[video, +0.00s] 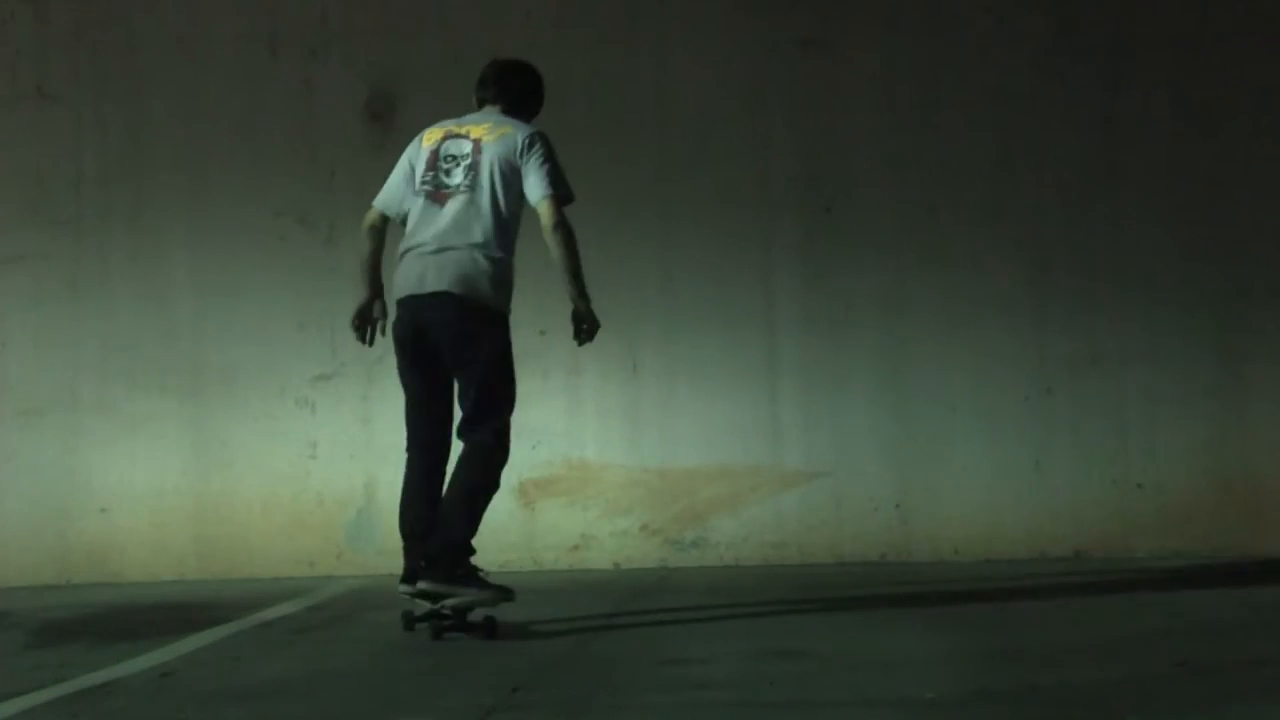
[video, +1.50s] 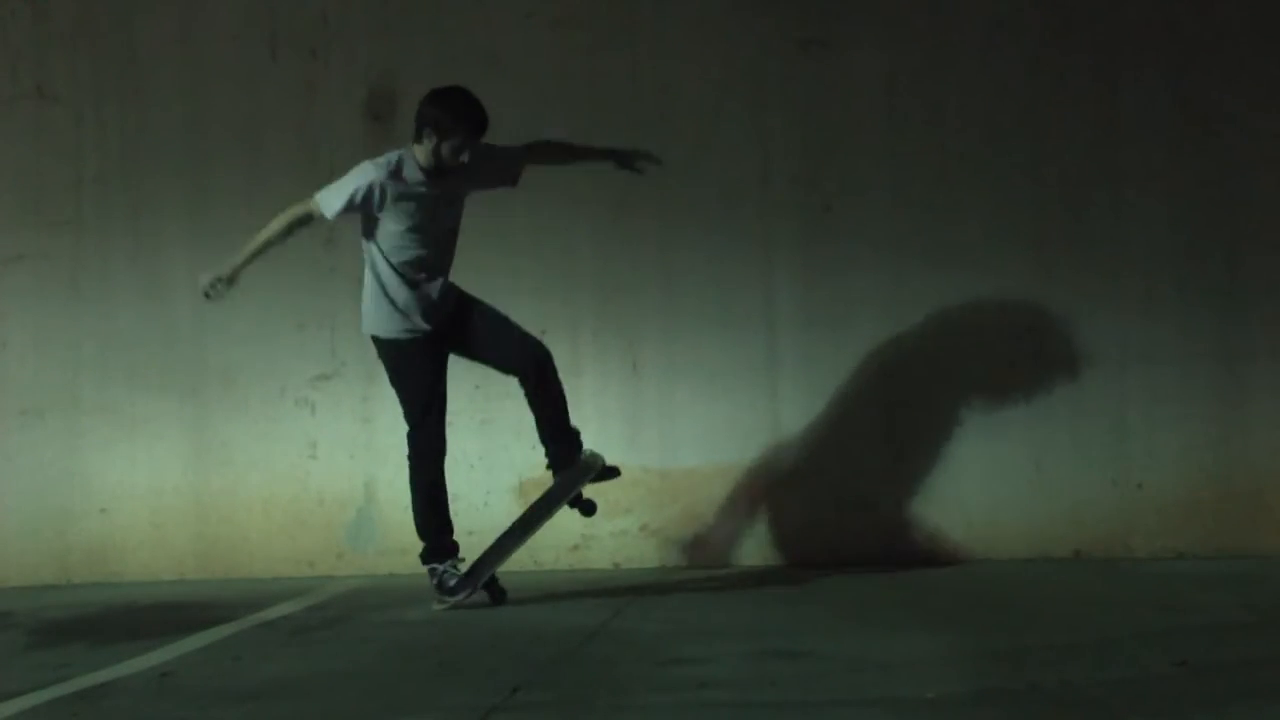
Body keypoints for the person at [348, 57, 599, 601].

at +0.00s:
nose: (532, 119)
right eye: (534, 111)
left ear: (480, 96)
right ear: (530, 105)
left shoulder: (430, 137)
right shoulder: (523, 139)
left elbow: (375, 220)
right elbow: (554, 221)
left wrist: (372, 292)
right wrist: (579, 299)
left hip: (411, 302)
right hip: (472, 301)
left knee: (423, 436)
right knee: (487, 433)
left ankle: (417, 567)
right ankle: (449, 558)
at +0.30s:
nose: (526, 139)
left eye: (531, 131)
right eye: (530, 129)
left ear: (479, 107)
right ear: (519, 117)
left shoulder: (424, 144)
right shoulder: (491, 147)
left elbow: (369, 219)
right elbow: (490, 222)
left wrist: (382, 271)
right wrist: (528, 307)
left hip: (387, 312)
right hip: (435, 313)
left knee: (408, 435)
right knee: (456, 440)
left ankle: (391, 561)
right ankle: (411, 559)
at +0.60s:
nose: (513, 162)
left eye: (519, 152)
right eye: (517, 150)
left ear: (474, 129)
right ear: (502, 138)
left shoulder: (432, 160)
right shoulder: (469, 170)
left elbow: (416, 234)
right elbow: (465, 232)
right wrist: (514, 305)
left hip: (387, 318)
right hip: (412, 327)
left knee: (470, 391)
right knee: (424, 446)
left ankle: (428, 501)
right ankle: (387, 573)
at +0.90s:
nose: (515, 171)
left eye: (519, 161)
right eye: (516, 159)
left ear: (479, 144)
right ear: (497, 149)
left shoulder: (437, 172)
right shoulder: (461, 189)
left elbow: (407, 240)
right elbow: (494, 270)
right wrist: (567, 312)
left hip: (437, 330)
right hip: (409, 339)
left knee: (516, 393)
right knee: (434, 456)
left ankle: (512, 500)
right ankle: (439, 567)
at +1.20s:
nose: (511, 168)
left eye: (515, 158)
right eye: (510, 156)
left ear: (480, 146)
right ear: (484, 146)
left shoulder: (454, 183)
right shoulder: (438, 185)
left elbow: (467, 218)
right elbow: (410, 268)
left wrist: (526, 231)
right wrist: (442, 344)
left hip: (441, 321)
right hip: (403, 332)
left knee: (521, 374)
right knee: (438, 447)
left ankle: (500, 482)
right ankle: (442, 566)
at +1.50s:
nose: (467, 156)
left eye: (471, 146)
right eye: (462, 145)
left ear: (460, 140)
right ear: (432, 134)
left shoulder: (458, 172)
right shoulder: (379, 178)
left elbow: (533, 156)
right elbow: (300, 214)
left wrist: (611, 156)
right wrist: (233, 268)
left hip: (446, 306)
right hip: (400, 324)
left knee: (534, 359)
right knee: (427, 440)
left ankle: (569, 463)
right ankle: (441, 564)